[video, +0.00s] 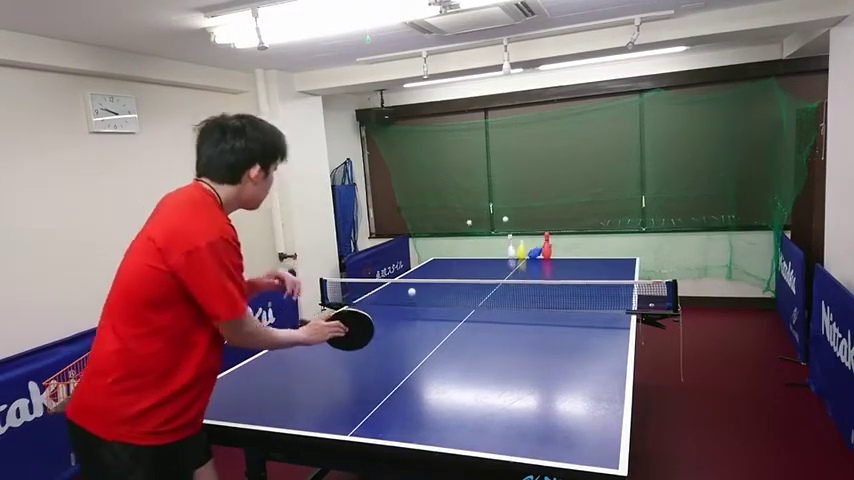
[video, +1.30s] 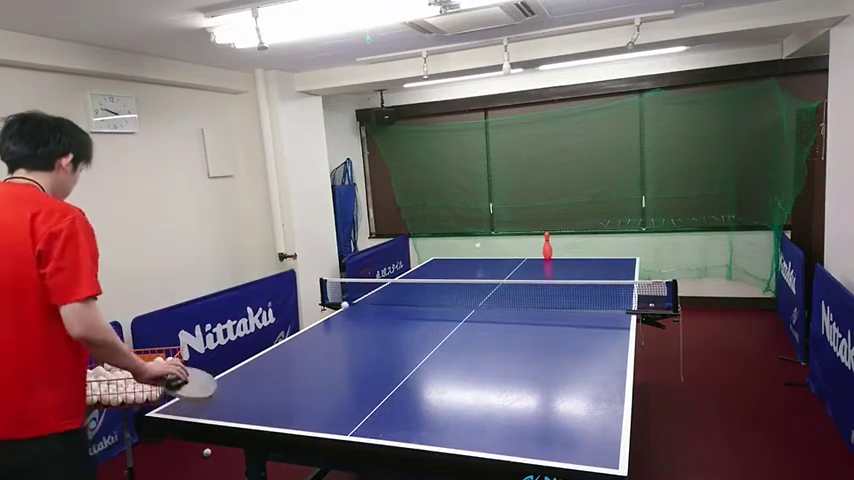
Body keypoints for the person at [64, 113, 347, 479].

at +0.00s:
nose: (271, 183)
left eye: (273, 173)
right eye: (272, 173)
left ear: (211, 163)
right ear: (253, 173)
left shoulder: (183, 203)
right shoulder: (206, 229)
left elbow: (199, 291)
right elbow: (238, 331)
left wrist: (257, 285)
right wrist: (300, 335)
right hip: (137, 434)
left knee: (204, 469)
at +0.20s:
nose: (227, 172)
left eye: (228, 161)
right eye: (226, 161)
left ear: (161, 156)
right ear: (204, 163)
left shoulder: (139, 206)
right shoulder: (156, 225)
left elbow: (150, 290)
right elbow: (190, 343)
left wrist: (214, 298)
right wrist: (265, 348)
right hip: (126, 441)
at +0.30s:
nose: (202, 168)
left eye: (203, 156)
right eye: (200, 156)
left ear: (132, 155)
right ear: (175, 160)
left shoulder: (119, 207)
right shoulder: (125, 225)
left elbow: (122, 292)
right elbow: (153, 350)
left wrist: (187, 306)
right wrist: (240, 358)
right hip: (108, 447)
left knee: (178, 470)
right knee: (175, 472)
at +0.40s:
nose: (175, 165)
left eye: (176, 154)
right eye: (174, 153)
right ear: (149, 157)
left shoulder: (94, 209)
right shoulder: (99, 227)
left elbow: (93, 303)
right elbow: (115, 354)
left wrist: (161, 315)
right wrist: (212, 370)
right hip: (88, 453)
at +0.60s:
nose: (136, 160)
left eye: (137, 148)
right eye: (134, 147)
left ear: (64, 146)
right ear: (110, 151)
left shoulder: (43, 203)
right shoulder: (71, 222)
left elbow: (45, 303)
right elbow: (58, 357)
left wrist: (125, 324)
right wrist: (158, 390)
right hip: (72, 455)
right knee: (142, 472)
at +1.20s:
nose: (82, 181)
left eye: (87, 169)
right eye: (86, 167)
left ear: (19, 154)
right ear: (70, 158)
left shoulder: (8, 202)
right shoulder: (54, 217)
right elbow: (69, 330)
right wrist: (139, 368)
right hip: (41, 433)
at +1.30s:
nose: (75, 184)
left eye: (79, 173)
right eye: (78, 172)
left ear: (15, 159)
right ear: (64, 163)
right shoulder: (57, 217)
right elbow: (83, 325)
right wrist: (141, 368)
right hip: (41, 431)